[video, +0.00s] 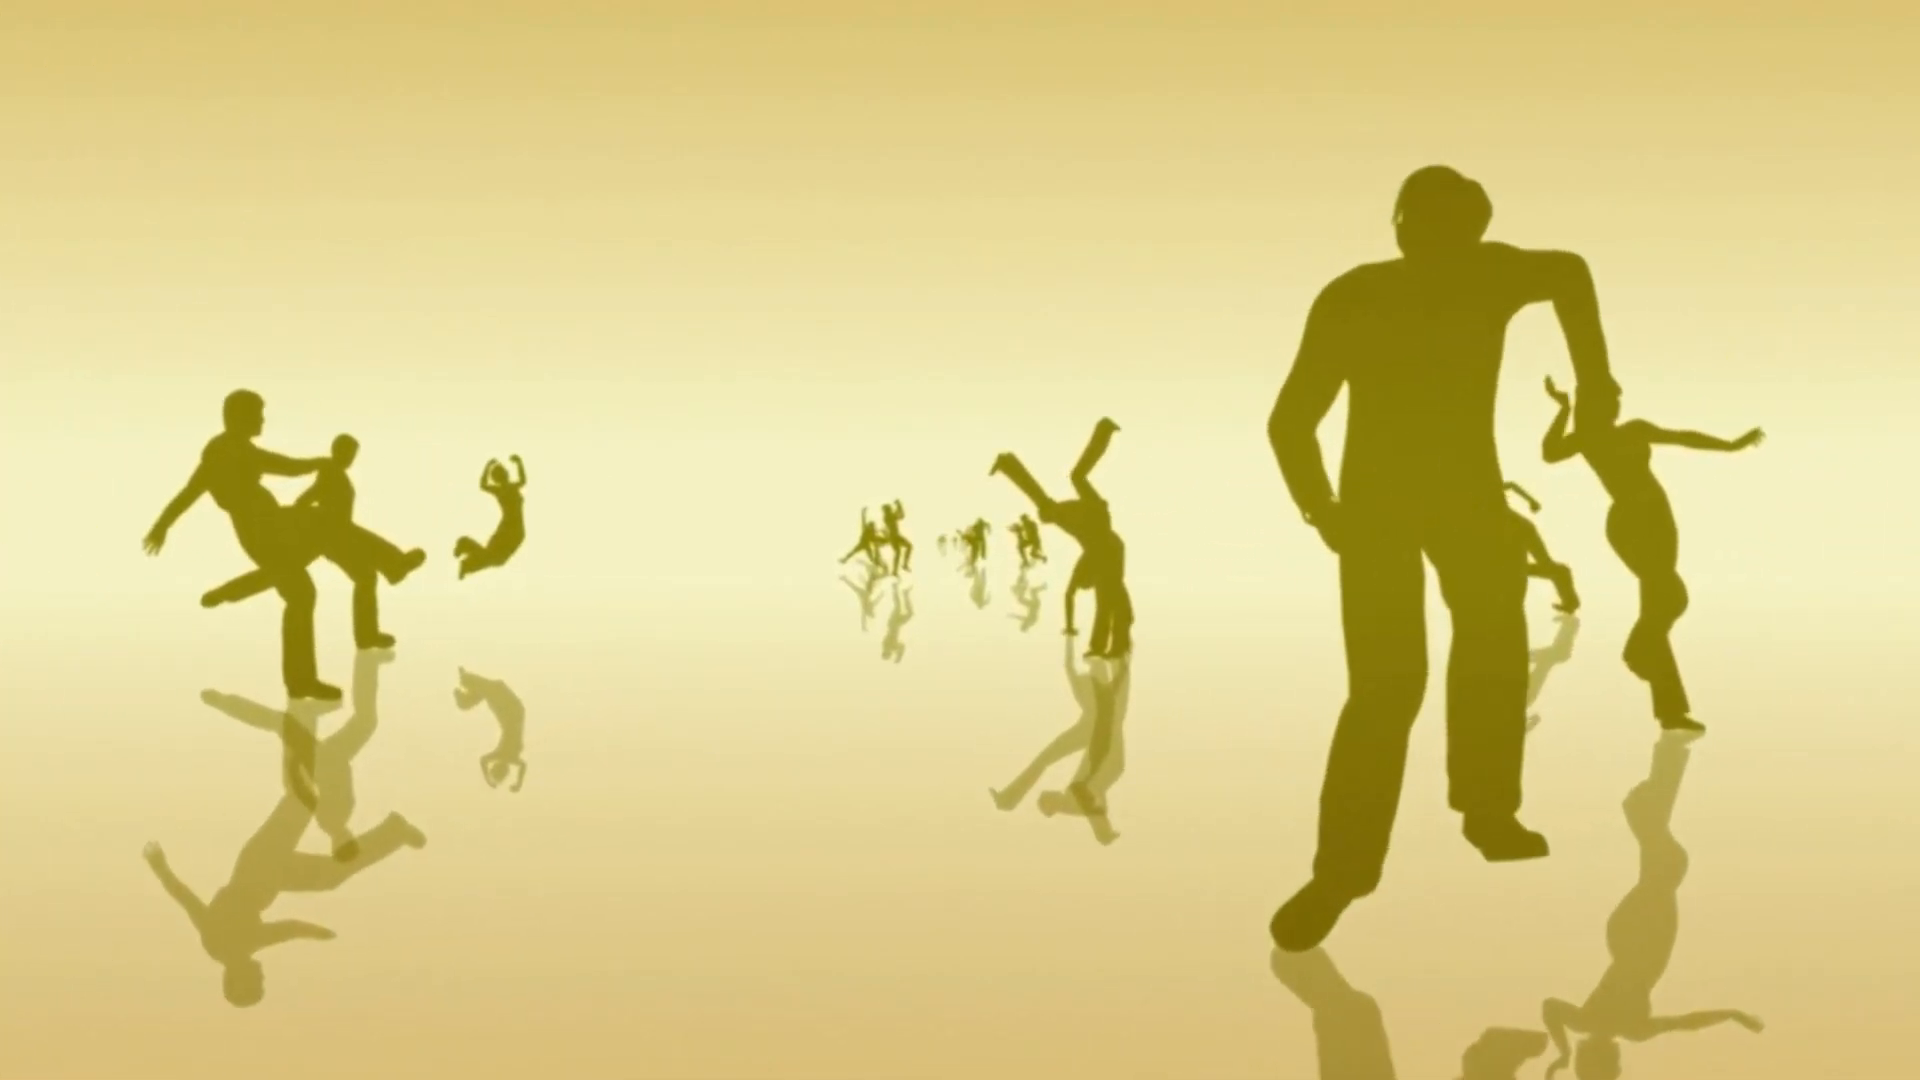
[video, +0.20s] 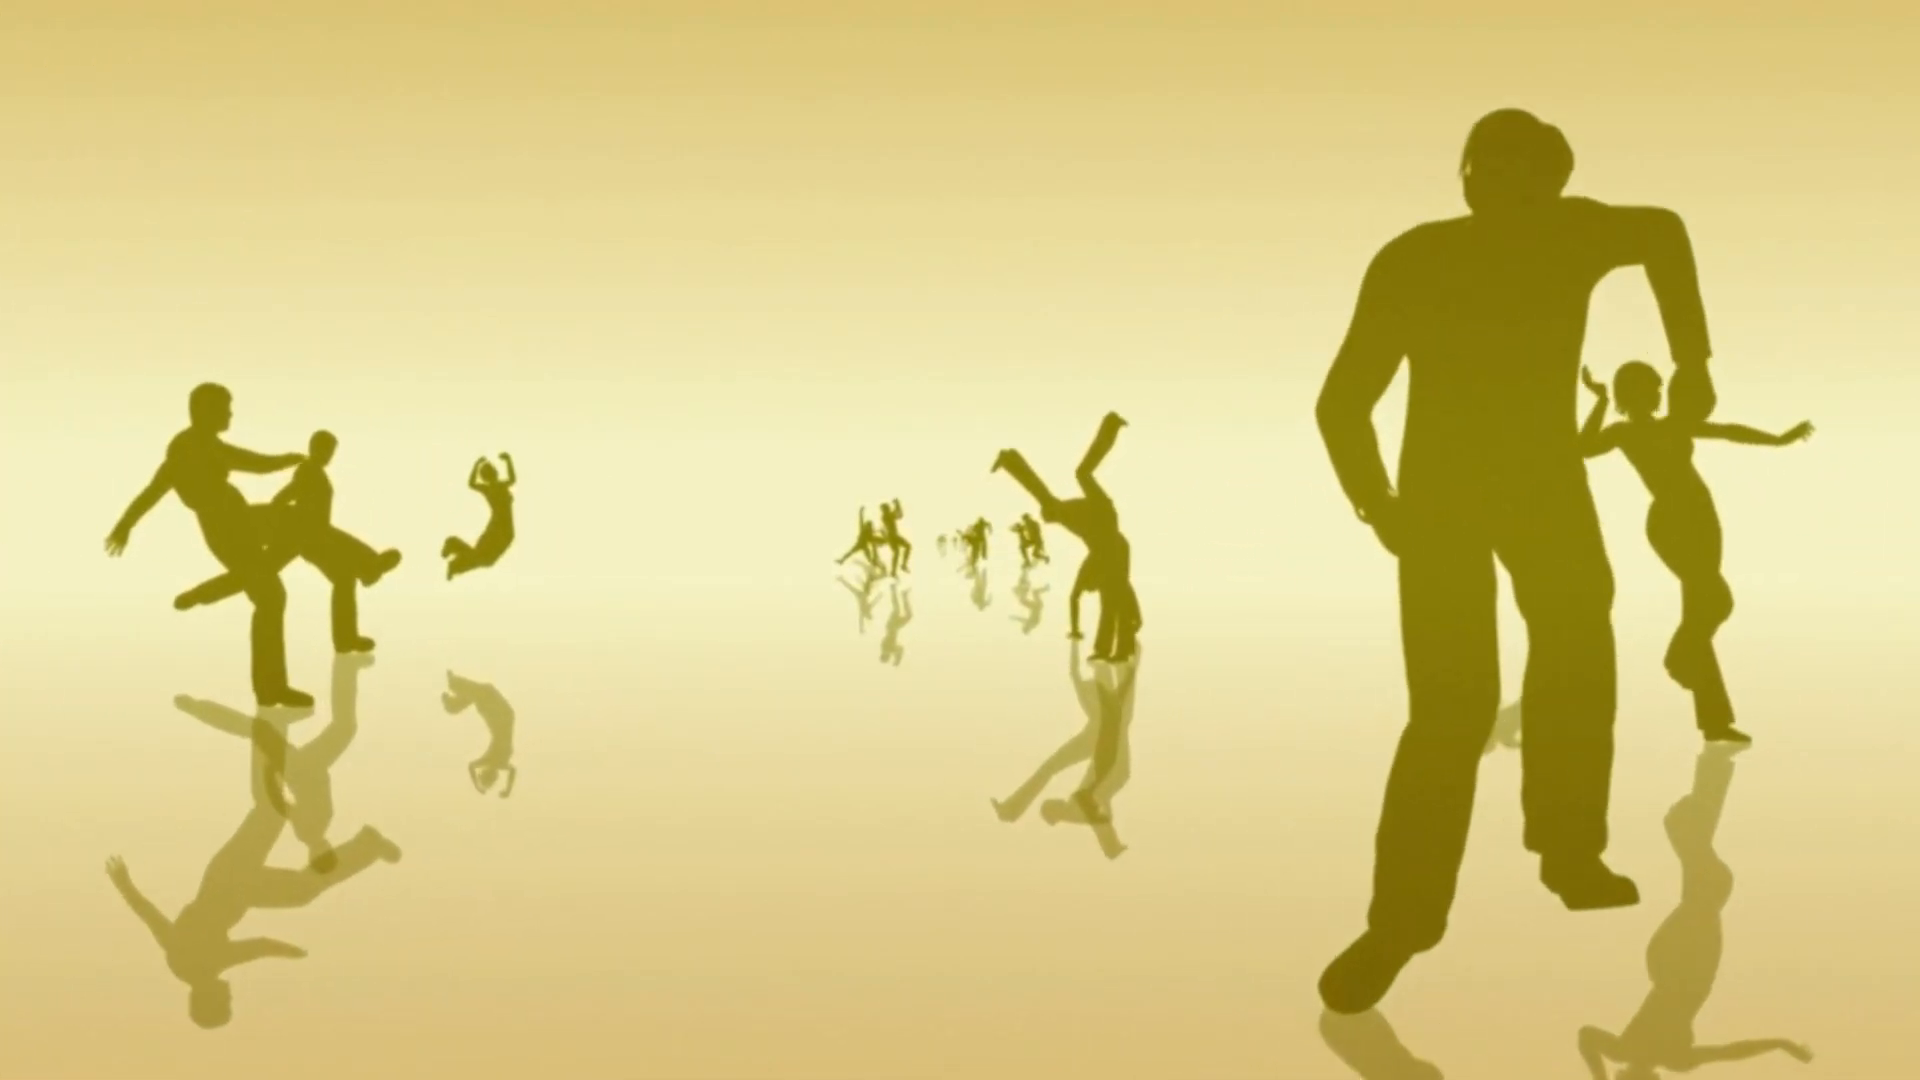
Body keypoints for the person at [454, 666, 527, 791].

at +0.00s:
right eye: (494, 776)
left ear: (504, 769)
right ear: (493, 767)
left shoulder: (511, 759)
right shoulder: (497, 756)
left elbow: (523, 765)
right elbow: (483, 760)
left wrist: (518, 784)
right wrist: (487, 779)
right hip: (491, 690)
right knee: (464, 704)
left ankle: (466, 678)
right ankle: (457, 691)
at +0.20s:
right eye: (483, 782)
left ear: (492, 775)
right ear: (484, 772)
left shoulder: (500, 764)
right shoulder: (485, 762)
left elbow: (513, 769)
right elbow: (471, 766)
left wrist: (508, 790)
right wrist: (476, 785)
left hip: (490, 694)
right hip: (481, 694)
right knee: (453, 708)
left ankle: (454, 681)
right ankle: (445, 696)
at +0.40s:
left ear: (482, 781)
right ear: (473, 778)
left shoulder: (489, 770)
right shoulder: (474, 767)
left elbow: (502, 776)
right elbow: (459, 772)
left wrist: (497, 796)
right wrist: (464, 791)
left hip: (477, 698)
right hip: (468, 696)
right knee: (439, 713)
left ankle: (441, 685)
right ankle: (432, 700)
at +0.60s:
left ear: (469, 786)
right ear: (461, 784)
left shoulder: (477, 775)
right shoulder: (463, 772)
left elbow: (491, 781)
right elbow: (447, 777)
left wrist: (486, 803)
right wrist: (452, 798)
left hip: (465, 701)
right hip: (455, 701)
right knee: (427, 717)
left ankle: (429, 689)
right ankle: (419, 705)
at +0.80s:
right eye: (446, 800)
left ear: (457, 793)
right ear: (448, 791)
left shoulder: (466, 781)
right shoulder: (450, 778)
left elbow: (479, 788)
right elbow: (434, 783)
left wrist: (474, 809)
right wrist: (439, 804)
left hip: (454, 706)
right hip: (443, 705)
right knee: (413, 722)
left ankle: (416, 692)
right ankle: (405, 709)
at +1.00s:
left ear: (444, 799)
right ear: (436, 797)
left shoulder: (454, 787)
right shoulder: (438, 784)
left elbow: (467, 794)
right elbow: (421, 790)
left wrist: (462, 815)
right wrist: (426, 811)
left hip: (440, 711)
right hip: (431, 710)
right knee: (399, 727)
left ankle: (402, 696)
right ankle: (391, 713)